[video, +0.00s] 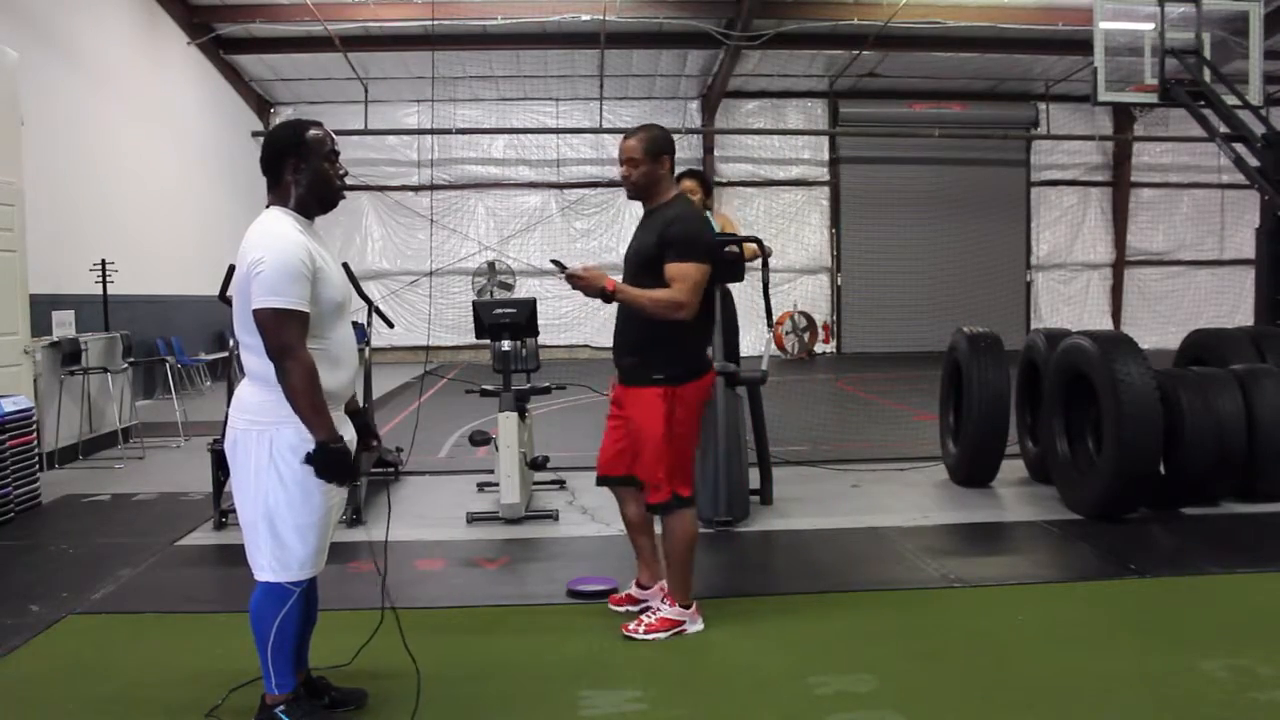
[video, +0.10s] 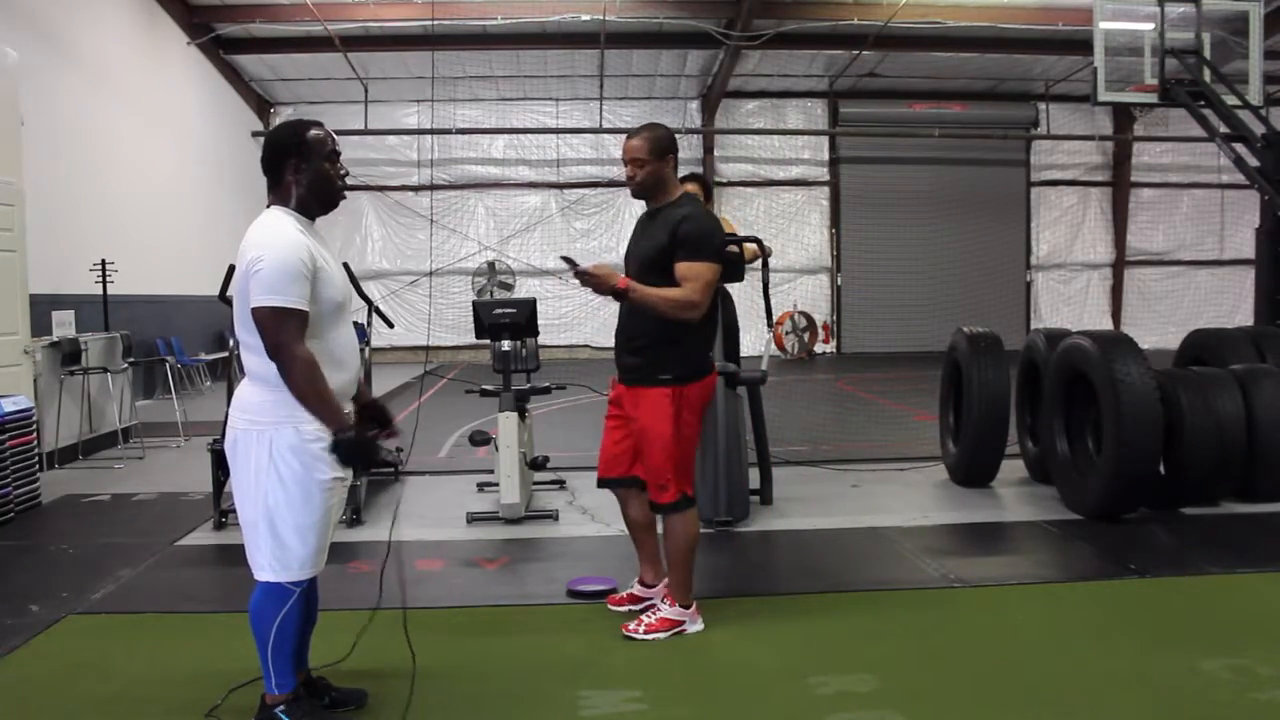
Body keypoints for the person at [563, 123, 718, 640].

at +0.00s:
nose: (623, 172)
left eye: (632, 163)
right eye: (622, 163)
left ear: (664, 164)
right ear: (635, 167)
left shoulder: (688, 222)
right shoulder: (653, 218)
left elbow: (682, 303)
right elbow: (652, 295)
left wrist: (610, 287)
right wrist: (607, 286)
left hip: (672, 382)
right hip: (637, 379)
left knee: (671, 493)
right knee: (621, 476)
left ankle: (681, 605)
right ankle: (651, 582)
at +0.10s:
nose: (627, 173)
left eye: (637, 164)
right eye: (625, 164)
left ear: (668, 163)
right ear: (635, 166)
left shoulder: (696, 222)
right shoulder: (652, 217)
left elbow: (694, 303)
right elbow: (650, 295)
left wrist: (622, 286)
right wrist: (614, 286)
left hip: (675, 381)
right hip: (635, 378)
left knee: (672, 491)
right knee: (624, 478)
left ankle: (681, 603)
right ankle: (653, 582)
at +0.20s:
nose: (633, 173)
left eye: (643, 165)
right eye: (631, 164)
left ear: (673, 164)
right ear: (637, 165)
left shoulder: (703, 223)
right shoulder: (645, 219)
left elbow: (704, 303)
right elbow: (648, 294)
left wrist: (632, 286)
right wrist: (616, 284)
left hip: (676, 381)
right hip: (633, 377)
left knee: (673, 492)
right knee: (627, 482)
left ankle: (681, 605)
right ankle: (656, 583)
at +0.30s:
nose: (641, 173)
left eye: (651, 165)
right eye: (638, 164)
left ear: (679, 166)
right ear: (637, 165)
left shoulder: (708, 224)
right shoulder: (639, 224)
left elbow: (711, 305)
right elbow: (635, 302)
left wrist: (639, 285)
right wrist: (612, 362)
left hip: (680, 382)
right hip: (631, 379)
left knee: (675, 492)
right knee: (624, 483)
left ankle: (681, 604)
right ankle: (654, 577)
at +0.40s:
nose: (649, 169)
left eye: (660, 162)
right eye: (644, 161)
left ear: (687, 165)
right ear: (640, 164)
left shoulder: (711, 222)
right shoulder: (638, 223)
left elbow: (716, 304)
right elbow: (628, 296)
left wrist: (649, 287)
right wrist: (599, 354)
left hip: (682, 381)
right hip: (631, 377)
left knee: (678, 493)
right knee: (617, 480)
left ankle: (681, 604)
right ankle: (653, 563)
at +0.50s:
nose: (654, 168)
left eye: (666, 160)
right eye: (648, 160)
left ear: (690, 164)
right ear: (644, 164)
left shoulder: (715, 223)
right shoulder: (637, 223)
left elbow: (721, 303)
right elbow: (622, 295)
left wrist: (657, 285)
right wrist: (591, 352)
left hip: (682, 380)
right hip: (629, 376)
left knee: (678, 492)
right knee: (612, 480)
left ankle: (681, 603)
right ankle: (659, 553)